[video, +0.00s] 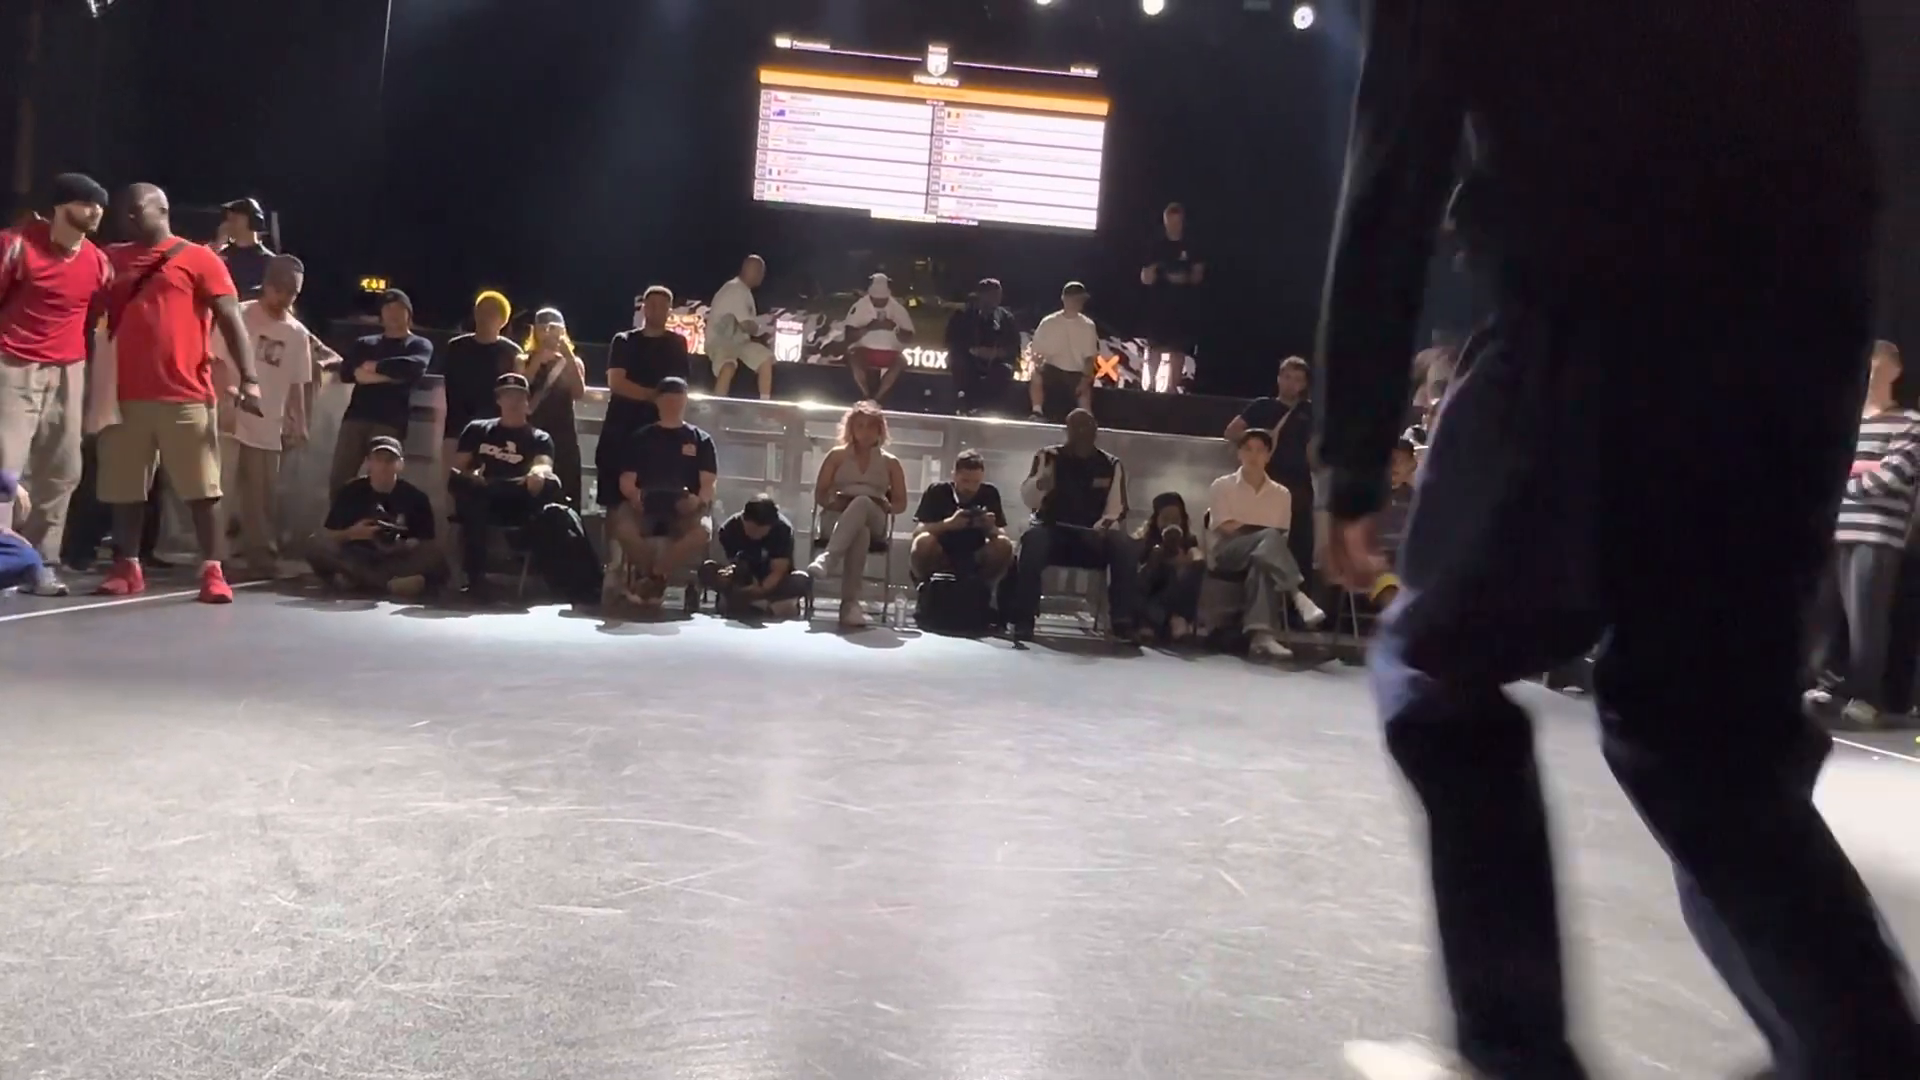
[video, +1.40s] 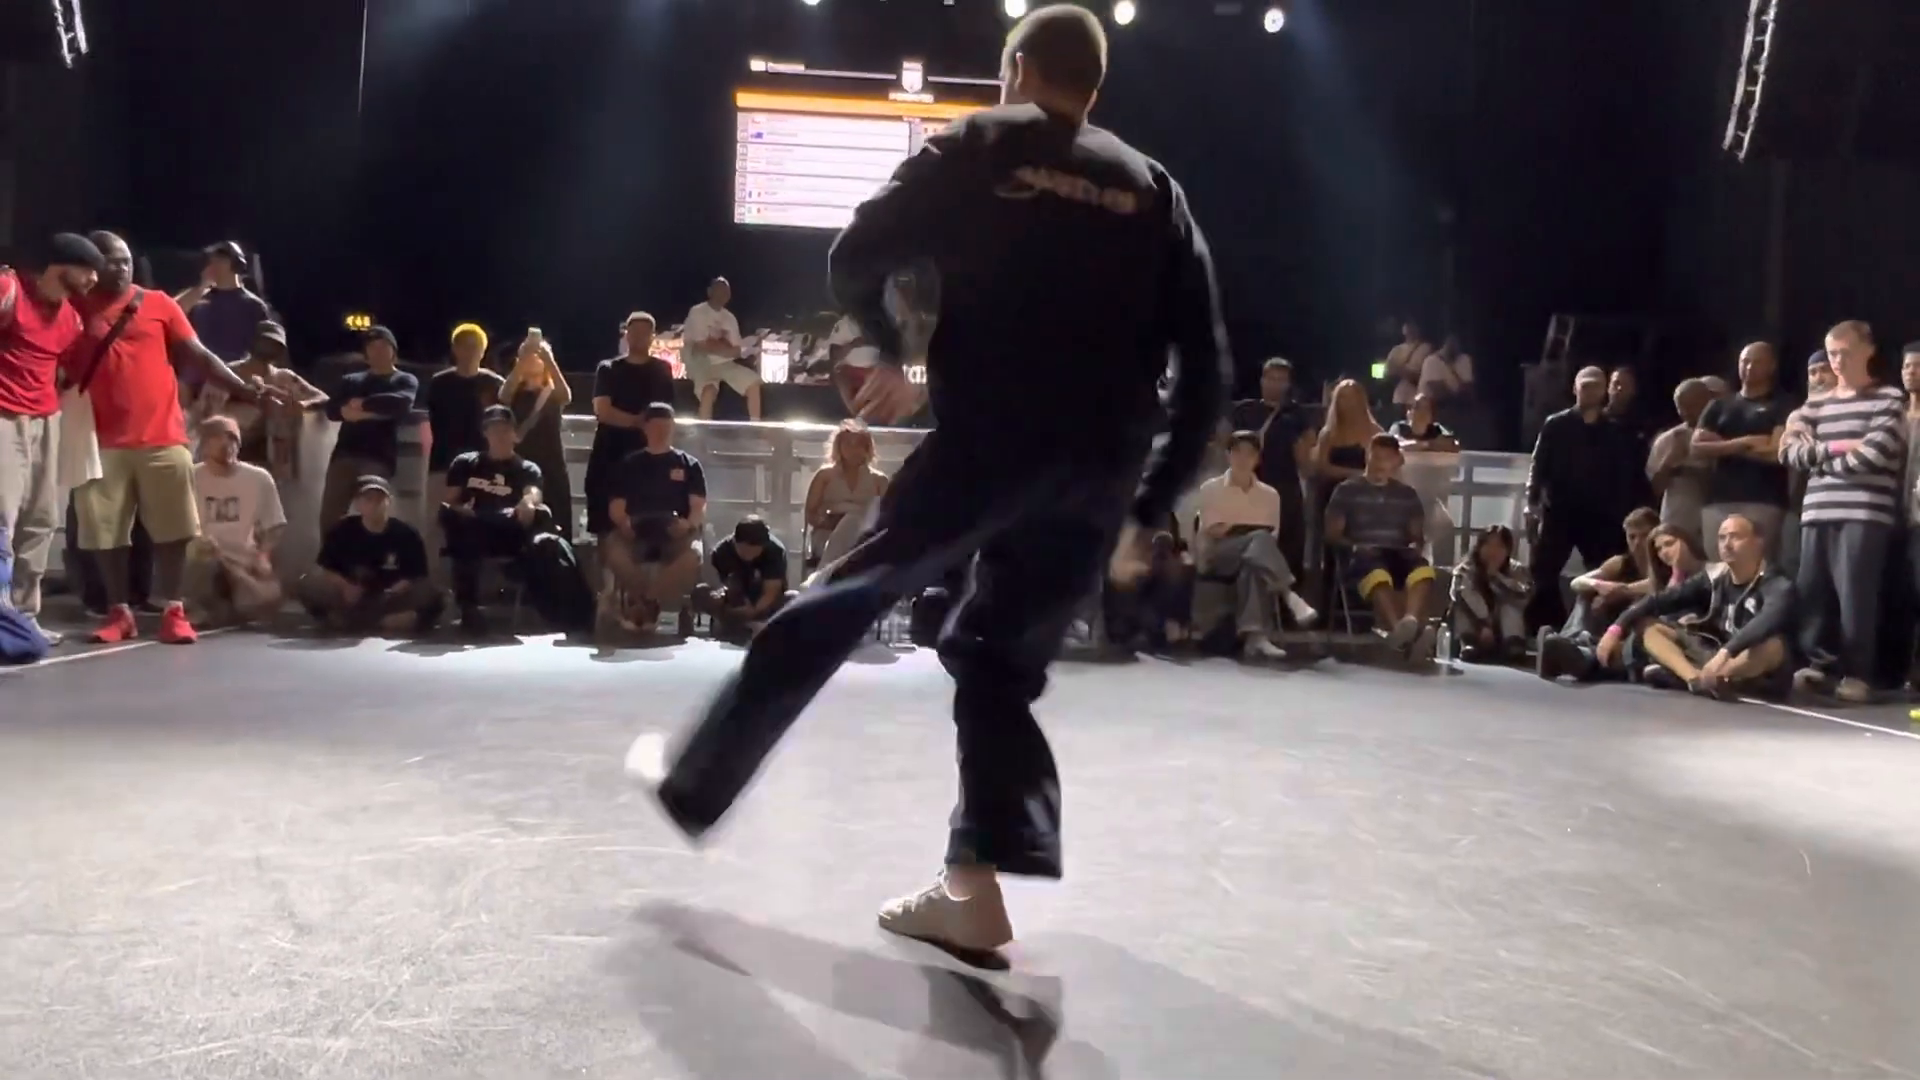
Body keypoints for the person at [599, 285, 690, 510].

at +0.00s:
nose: (656, 311)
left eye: (662, 306)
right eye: (652, 305)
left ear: (669, 311)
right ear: (644, 308)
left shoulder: (677, 342)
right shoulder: (623, 340)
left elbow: (678, 389)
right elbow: (615, 383)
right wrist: (655, 395)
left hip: (659, 429)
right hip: (622, 427)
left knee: (656, 497)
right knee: (615, 499)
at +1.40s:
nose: (639, 338)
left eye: (645, 332)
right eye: (634, 332)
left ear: (652, 337)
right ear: (626, 334)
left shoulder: (661, 369)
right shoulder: (608, 368)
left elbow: (664, 416)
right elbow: (602, 411)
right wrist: (639, 421)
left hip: (646, 454)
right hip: (610, 453)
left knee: (646, 522)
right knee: (605, 525)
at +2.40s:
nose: (647, 341)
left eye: (652, 336)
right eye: (642, 335)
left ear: (659, 341)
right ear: (632, 339)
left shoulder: (668, 372)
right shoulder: (615, 372)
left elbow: (672, 420)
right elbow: (609, 415)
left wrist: (622, 416)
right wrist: (648, 425)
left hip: (654, 460)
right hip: (616, 459)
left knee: (655, 528)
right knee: (613, 531)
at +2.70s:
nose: (653, 342)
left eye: (658, 338)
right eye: (648, 337)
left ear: (664, 342)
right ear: (637, 339)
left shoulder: (672, 373)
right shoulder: (618, 372)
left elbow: (676, 419)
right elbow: (613, 415)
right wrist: (651, 425)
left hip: (658, 459)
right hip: (620, 458)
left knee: (658, 526)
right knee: (617, 529)